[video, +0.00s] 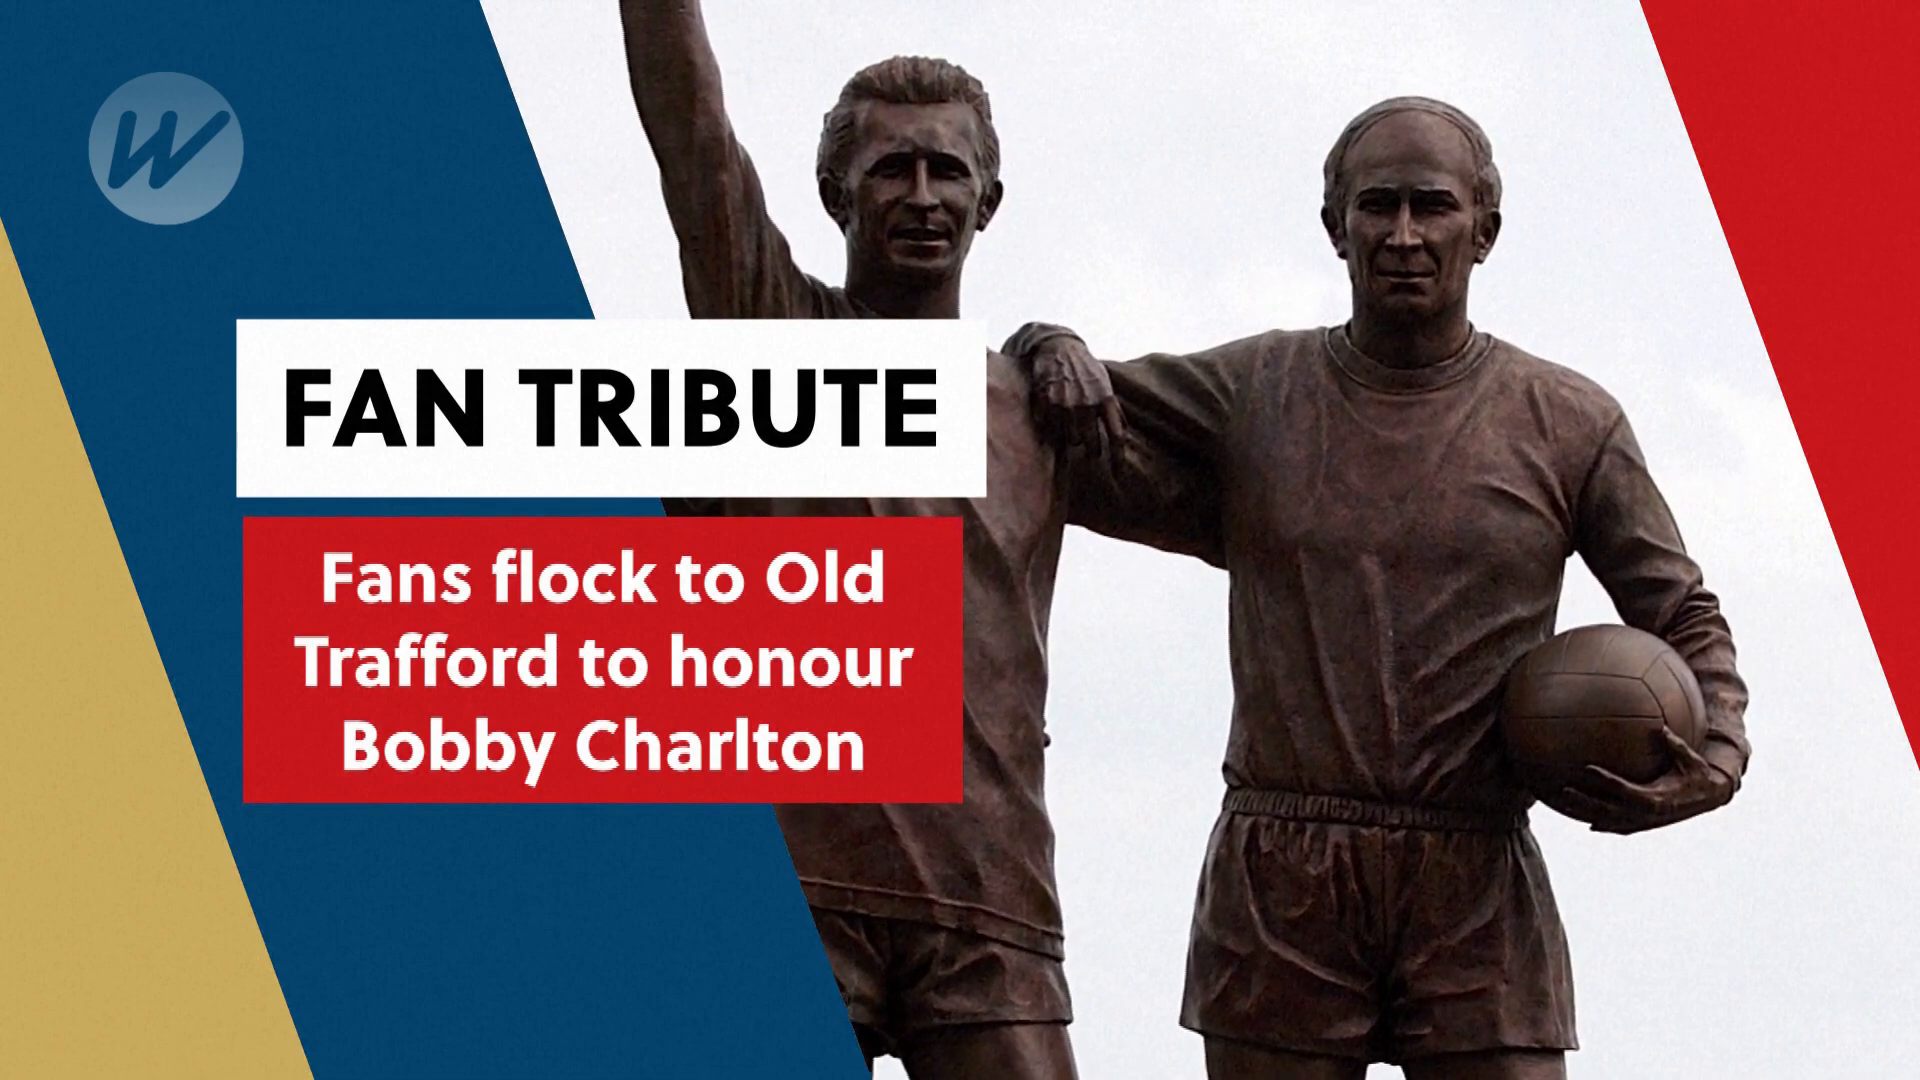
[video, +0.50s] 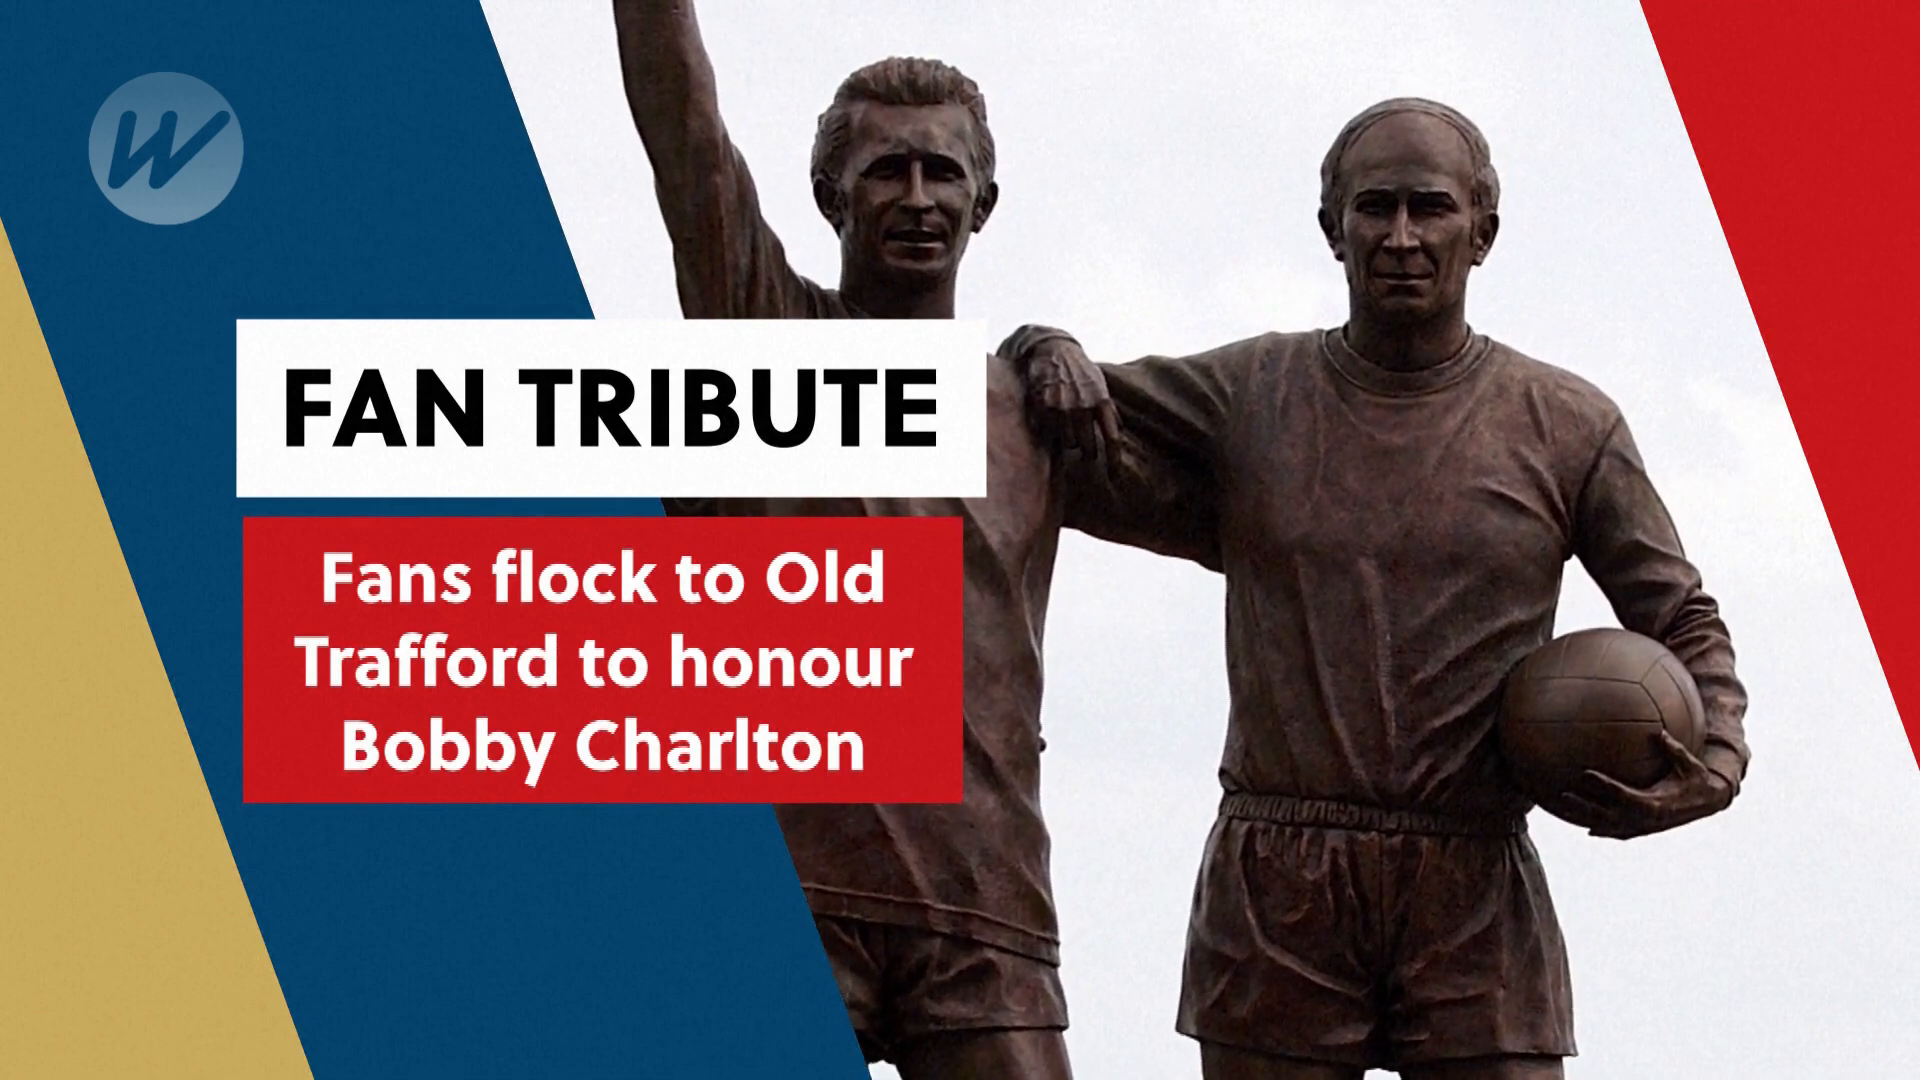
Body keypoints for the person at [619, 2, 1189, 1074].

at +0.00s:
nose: (922, 193)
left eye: (948, 170)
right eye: (891, 169)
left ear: (987, 202)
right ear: (837, 196)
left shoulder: (1041, 406)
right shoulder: (770, 336)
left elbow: (1245, 508)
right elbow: (689, 130)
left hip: (989, 897)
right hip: (796, 891)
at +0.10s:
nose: (921, 193)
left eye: (947, 170)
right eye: (889, 169)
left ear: (986, 202)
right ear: (835, 196)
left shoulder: (1040, 406)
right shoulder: (769, 335)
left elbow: (1243, 511)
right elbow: (687, 127)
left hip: (989, 901)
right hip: (796, 894)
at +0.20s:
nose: (920, 195)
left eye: (947, 171)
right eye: (889, 169)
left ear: (985, 201)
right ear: (832, 195)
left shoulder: (1036, 404)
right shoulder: (765, 334)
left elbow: (1246, 514)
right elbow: (687, 132)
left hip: (988, 905)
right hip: (794, 898)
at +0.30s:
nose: (918, 194)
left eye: (944, 171)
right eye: (887, 170)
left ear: (985, 202)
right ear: (832, 199)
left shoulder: (1039, 405)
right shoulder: (765, 336)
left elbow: (1241, 515)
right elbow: (690, 142)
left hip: (990, 910)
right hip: (794, 898)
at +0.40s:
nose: (918, 194)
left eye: (945, 171)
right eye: (887, 170)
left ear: (983, 202)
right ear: (830, 197)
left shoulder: (1035, 404)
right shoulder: (763, 335)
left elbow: (1246, 515)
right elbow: (685, 135)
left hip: (986, 907)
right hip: (794, 897)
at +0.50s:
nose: (918, 195)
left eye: (944, 171)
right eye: (886, 170)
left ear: (983, 202)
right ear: (829, 197)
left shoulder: (1032, 400)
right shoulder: (762, 334)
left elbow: (1244, 515)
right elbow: (681, 127)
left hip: (986, 909)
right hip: (790, 902)